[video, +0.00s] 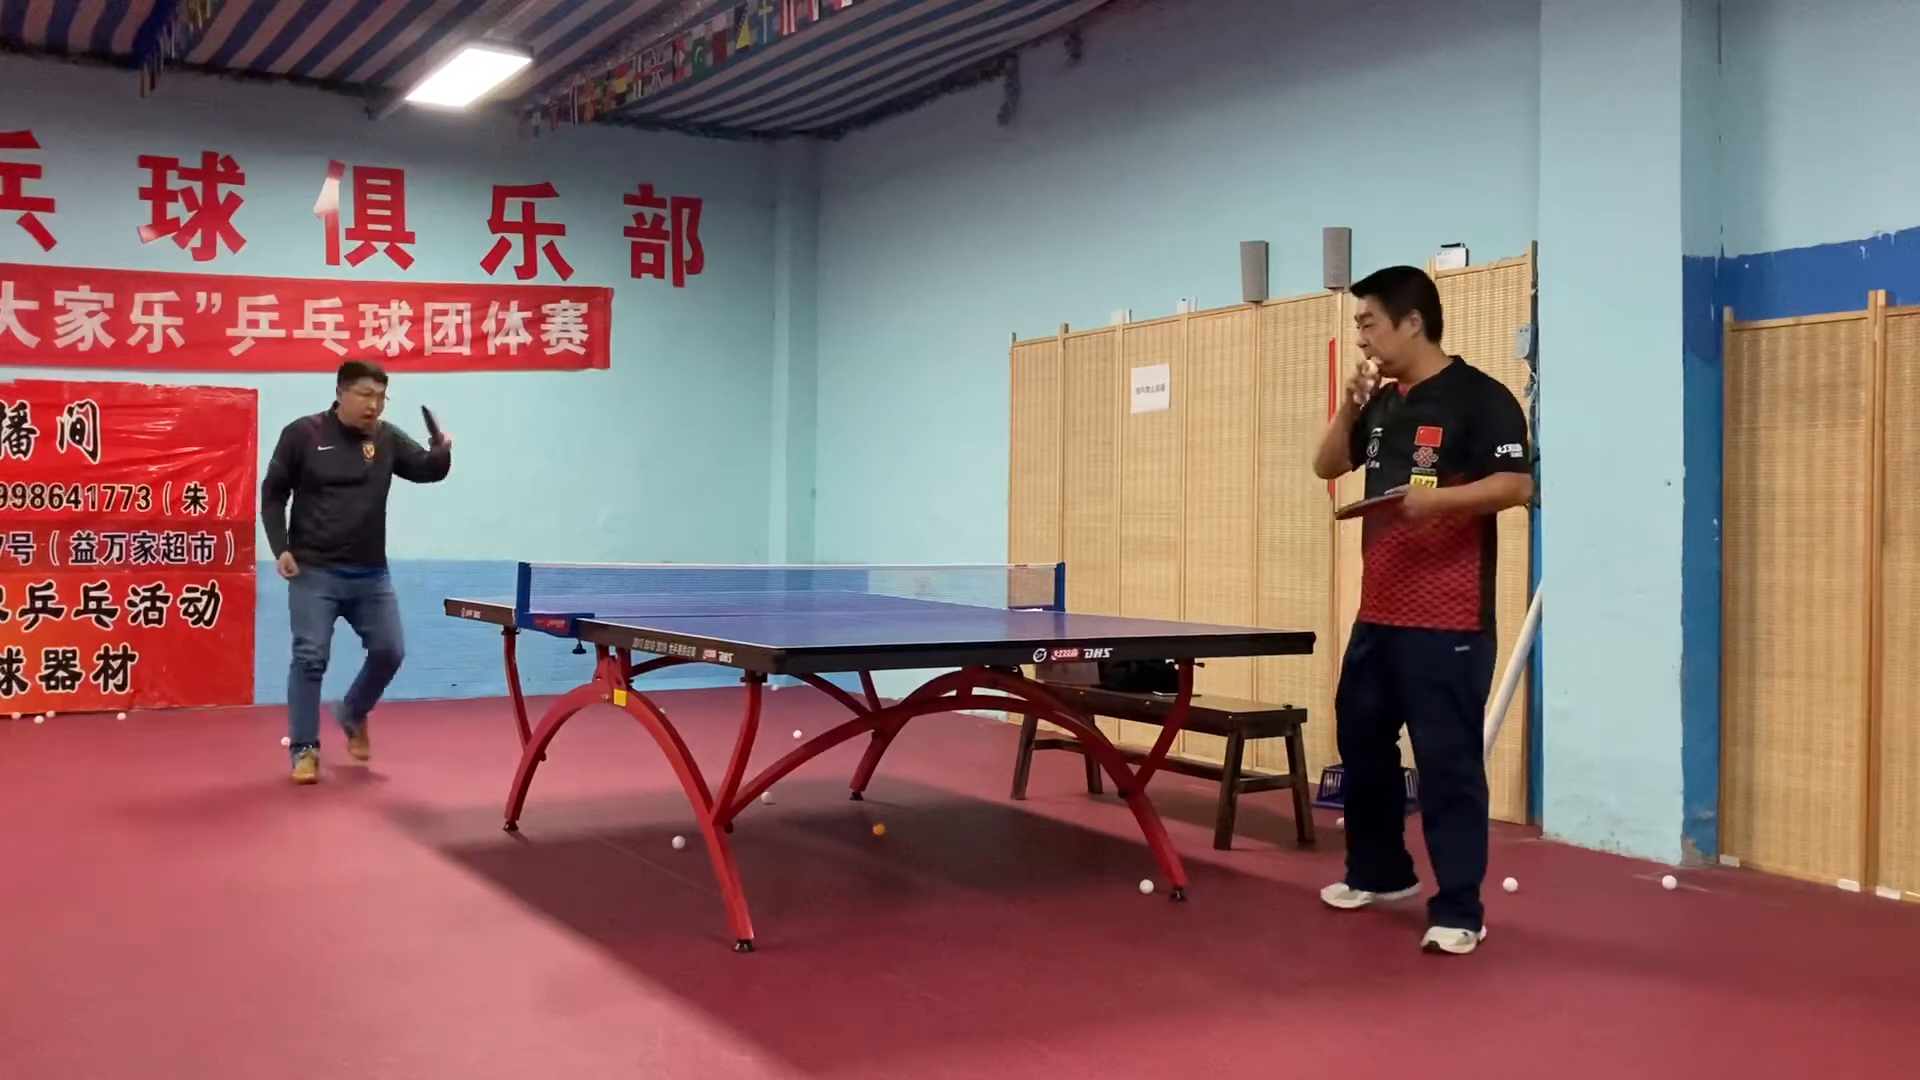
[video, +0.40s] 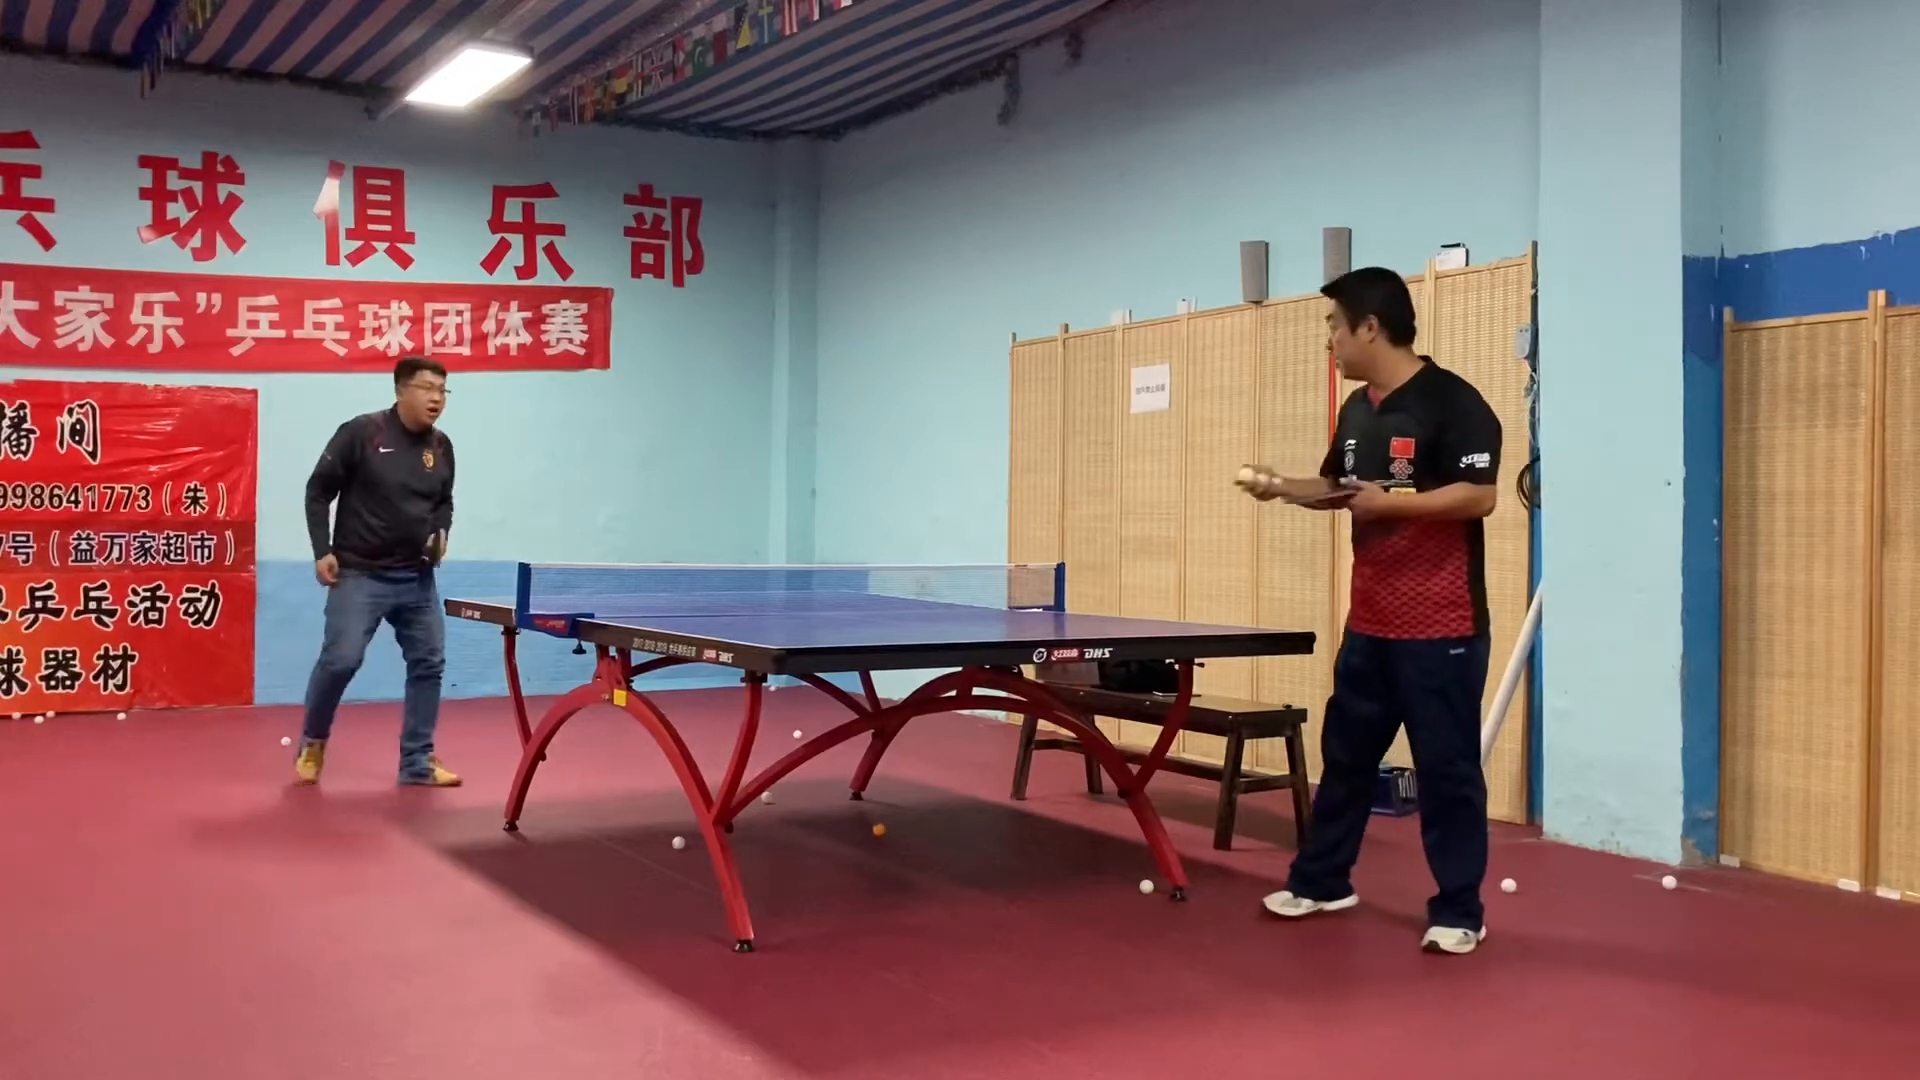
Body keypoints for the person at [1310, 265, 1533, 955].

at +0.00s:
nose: (1363, 339)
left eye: (1371, 325)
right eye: (1360, 328)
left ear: (1415, 322)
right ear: (1386, 330)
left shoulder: (1482, 397)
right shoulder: (1380, 405)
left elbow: (1518, 483)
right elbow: (1327, 464)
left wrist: (1438, 499)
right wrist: (1350, 404)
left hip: (1449, 621)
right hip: (1380, 616)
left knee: (1448, 763)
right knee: (1361, 740)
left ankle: (1459, 911)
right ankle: (1380, 872)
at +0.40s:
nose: (1331, 344)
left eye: (1337, 329)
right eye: (1331, 330)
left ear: (1372, 329)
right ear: (1375, 331)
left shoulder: (1456, 403)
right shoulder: (1357, 409)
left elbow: (1479, 496)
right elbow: (1339, 491)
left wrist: (1388, 502)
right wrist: (1282, 487)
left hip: (1442, 629)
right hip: (1371, 624)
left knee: (1449, 776)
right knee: (1346, 760)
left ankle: (1459, 912)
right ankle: (1323, 881)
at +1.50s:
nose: (1340, 392)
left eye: (1353, 380)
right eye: (1342, 379)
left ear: (1398, 392)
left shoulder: (1452, 462)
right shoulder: (1342, 437)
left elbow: (1428, 558)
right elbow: (1266, 465)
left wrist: (1353, 511)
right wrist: (1211, 442)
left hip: (1453, 637)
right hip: (1367, 630)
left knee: (1492, 764)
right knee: (1337, 753)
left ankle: (1538, 897)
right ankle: (1314, 887)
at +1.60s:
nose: (1366, 379)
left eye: (1382, 368)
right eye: (1367, 366)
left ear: (1425, 383)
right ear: (1372, 376)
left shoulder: (1485, 453)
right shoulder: (1352, 439)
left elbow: (1503, 542)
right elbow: (1291, 468)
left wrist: (1430, 533)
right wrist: (1232, 465)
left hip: (1464, 639)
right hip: (1375, 634)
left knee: (1497, 764)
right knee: (1340, 759)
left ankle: (1536, 895)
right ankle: (1313, 887)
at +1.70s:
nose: (1374, 374)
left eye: (1390, 363)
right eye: (1376, 361)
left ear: (1434, 379)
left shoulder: (1495, 442)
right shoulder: (1358, 440)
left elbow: (1533, 514)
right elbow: (1301, 472)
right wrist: (1255, 499)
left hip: (1468, 633)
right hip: (1379, 631)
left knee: (1500, 763)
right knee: (1341, 759)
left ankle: (1536, 895)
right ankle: (1313, 887)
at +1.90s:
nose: (1357, 395)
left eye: (1371, 383)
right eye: (1356, 384)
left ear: (1417, 390)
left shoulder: (1481, 439)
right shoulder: (1346, 453)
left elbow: (1567, 480)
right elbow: (1309, 481)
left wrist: (1565, 441)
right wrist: (1325, 538)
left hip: (1468, 638)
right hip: (1376, 634)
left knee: (1504, 765)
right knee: (1323, 745)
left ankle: (1537, 894)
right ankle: (1312, 882)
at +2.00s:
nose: (1318, 419)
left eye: (1327, 405)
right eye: (1315, 406)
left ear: (1371, 407)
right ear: (1361, 409)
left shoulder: (1443, 446)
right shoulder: (1326, 465)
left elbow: (1537, 480)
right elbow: (1316, 493)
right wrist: (1329, 539)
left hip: (1454, 648)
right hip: (1366, 641)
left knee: (1496, 777)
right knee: (1307, 742)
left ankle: (1537, 897)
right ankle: (1310, 888)